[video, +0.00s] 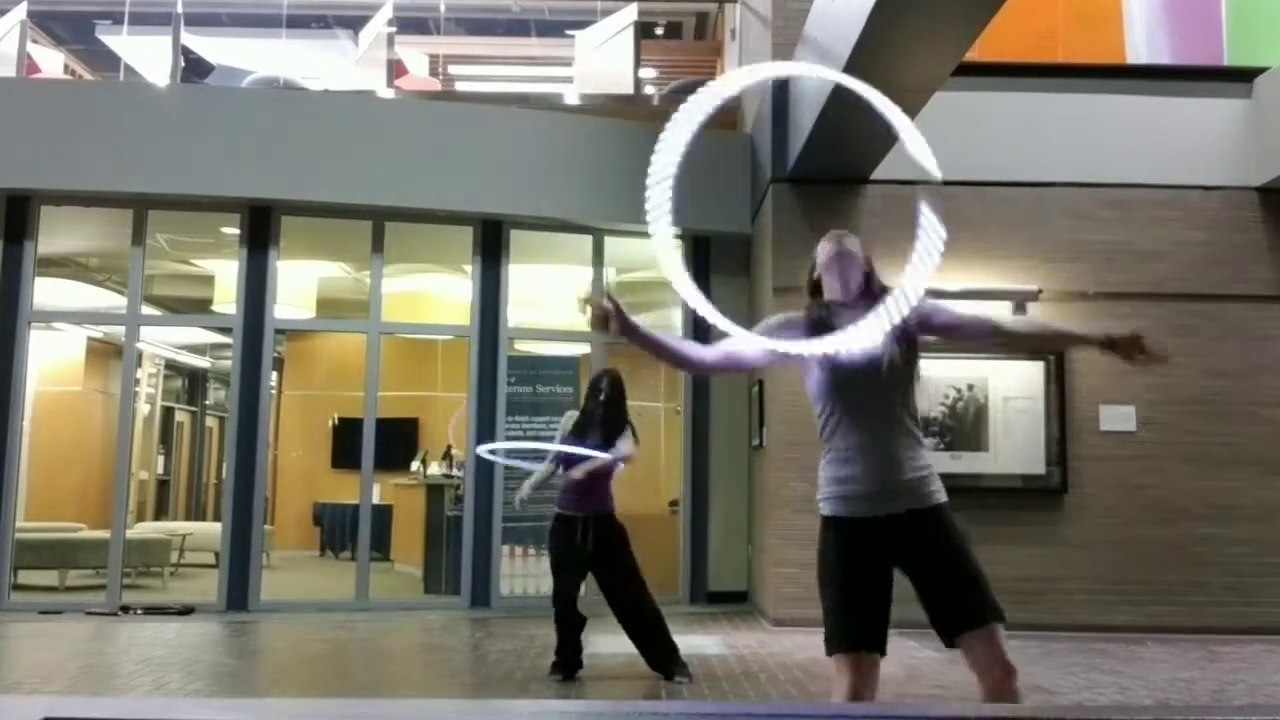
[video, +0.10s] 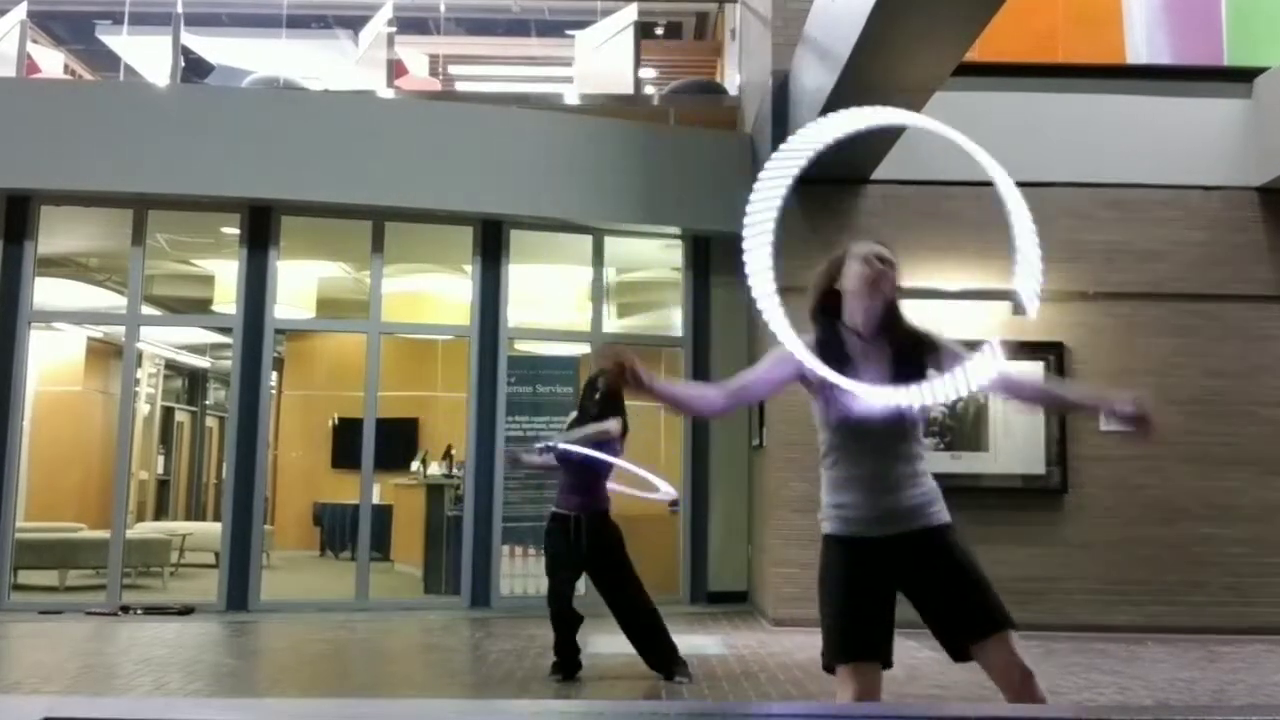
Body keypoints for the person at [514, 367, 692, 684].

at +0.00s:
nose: (602, 399)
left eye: (609, 394)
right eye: (598, 392)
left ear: (618, 398)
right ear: (589, 393)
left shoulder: (620, 429)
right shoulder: (571, 420)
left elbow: (618, 456)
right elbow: (553, 462)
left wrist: (584, 470)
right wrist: (529, 486)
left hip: (601, 522)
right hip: (566, 521)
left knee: (631, 595)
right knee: (564, 598)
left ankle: (670, 663)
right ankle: (566, 663)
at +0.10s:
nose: (596, 394)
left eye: (603, 389)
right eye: (594, 388)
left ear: (610, 397)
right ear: (586, 394)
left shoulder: (612, 427)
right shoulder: (576, 426)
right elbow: (556, 460)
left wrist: (554, 447)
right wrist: (525, 459)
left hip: (595, 523)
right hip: (562, 521)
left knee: (627, 595)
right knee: (559, 599)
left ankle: (670, 663)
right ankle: (566, 664)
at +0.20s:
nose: (597, 397)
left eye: (604, 392)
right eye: (592, 391)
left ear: (612, 399)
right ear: (582, 394)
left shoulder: (607, 427)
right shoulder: (572, 428)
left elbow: (598, 416)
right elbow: (559, 459)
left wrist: (545, 422)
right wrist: (538, 435)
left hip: (592, 525)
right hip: (559, 523)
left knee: (626, 597)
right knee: (557, 601)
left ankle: (672, 664)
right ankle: (566, 665)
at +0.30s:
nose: (591, 402)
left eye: (598, 397)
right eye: (588, 395)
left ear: (608, 404)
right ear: (579, 399)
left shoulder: (603, 435)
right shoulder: (566, 433)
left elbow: (608, 414)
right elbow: (552, 441)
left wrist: (572, 390)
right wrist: (544, 424)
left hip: (591, 527)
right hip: (557, 525)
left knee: (626, 598)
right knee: (556, 601)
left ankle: (671, 664)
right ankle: (566, 664)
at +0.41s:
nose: (593, 405)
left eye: (601, 400)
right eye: (591, 399)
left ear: (602, 410)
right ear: (583, 403)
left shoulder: (604, 434)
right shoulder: (562, 428)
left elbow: (627, 416)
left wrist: (602, 389)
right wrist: (527, 429)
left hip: (591, 526)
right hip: (556, 525)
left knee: (625, 599)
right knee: (556, 602)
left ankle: (666, 666)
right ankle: (567, 664)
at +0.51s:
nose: (603, 404)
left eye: (609, 399)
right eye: (600, 396)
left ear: (614, 402)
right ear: (590, 395)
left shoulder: (610, 424)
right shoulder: (562, 417)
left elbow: (653, 413)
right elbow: (538, 449)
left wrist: (645, 391)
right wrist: (530, 439)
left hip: (596, 524)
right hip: (561, 524)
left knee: (626, 596)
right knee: (561, 601)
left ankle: (640, 662)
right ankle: (568, 663)